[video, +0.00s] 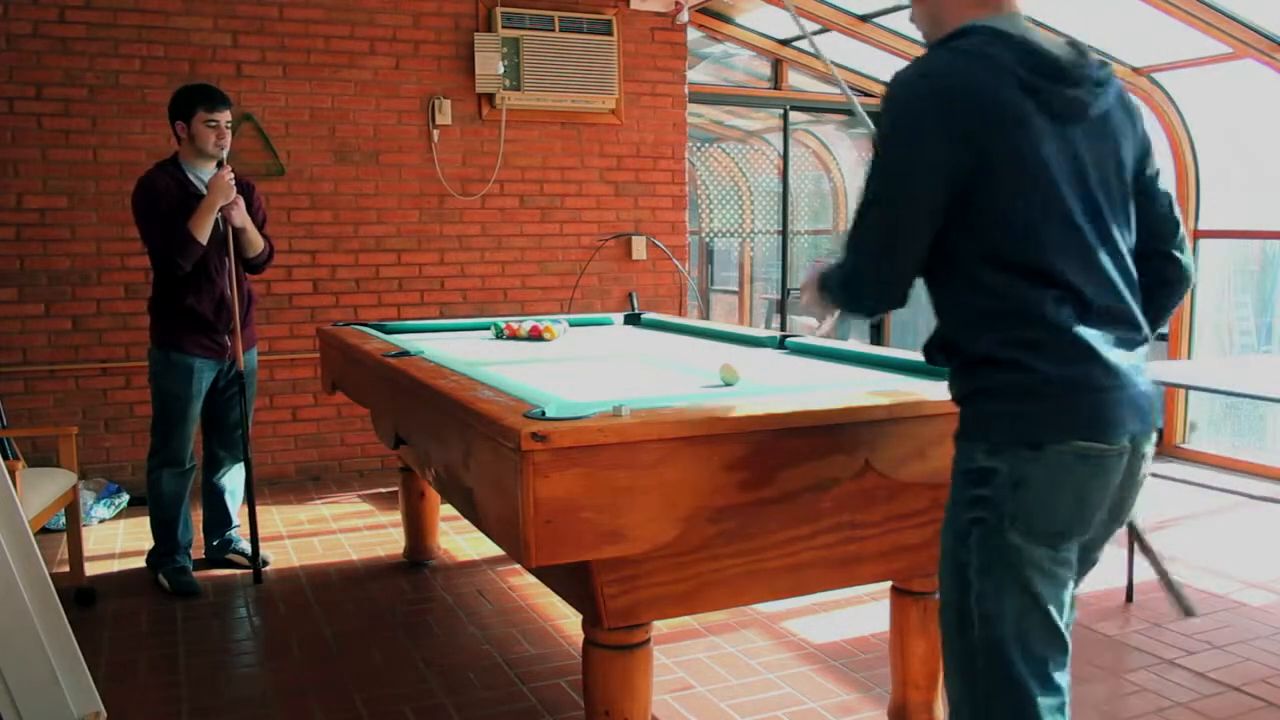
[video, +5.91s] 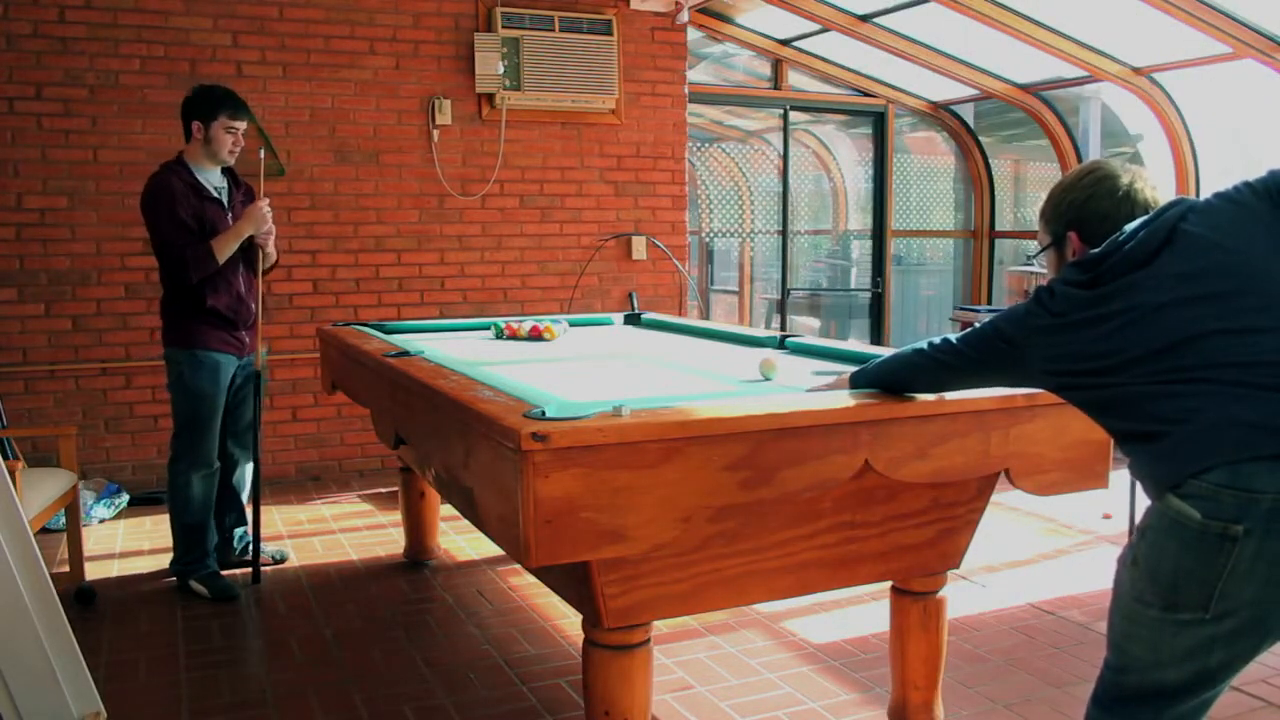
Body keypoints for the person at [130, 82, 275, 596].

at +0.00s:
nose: (223, 134)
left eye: (228, 126)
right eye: (212, 125)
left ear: (232, 131)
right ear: (181, 129)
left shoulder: (240, 186)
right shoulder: (156, 187)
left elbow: (259, 262)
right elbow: (175, 262)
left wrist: (243, 223)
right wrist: (209, 205)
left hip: (238, 339)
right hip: (183, 341)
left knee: (229, 450)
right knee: (175, 454)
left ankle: (223, 542)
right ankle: (171, 558)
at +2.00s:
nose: (231, 138)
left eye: (235, 129)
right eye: (223, 128)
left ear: (236, 133)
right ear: (190, 128)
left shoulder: (235, 184)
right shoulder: (156, 187)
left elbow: (257, 261)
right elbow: (176, 261)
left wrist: (242, 221)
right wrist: (209, 204)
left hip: (238, 339)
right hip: (184, 341)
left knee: (229, 450)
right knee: (176, 455)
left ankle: (223, 542)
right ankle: (171, 558)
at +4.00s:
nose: (226, 137)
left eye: (229, 128)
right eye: (217, 127)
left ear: (224, 133)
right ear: (183, 129)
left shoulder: (223, 187)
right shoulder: (152, 186)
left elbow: (255, 265)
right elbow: (176, 265)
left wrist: (255, 241)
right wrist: (229, 226)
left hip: (231, 339)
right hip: (183, 341)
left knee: (233, 452)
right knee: (188, 457)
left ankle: (224, 541)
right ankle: (193, 566)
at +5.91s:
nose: (240, 140)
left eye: (243, 131)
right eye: (231, 130)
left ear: (240, 136)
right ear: (198, 130)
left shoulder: (237, 190)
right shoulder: (166, 186)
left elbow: (255, 267)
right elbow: (188, 267)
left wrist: (266, 248)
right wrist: (244, 227)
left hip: (240, 341)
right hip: (197, 342)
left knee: (237, 453)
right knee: (198, 458)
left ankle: (231, 545)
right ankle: (194, 565)